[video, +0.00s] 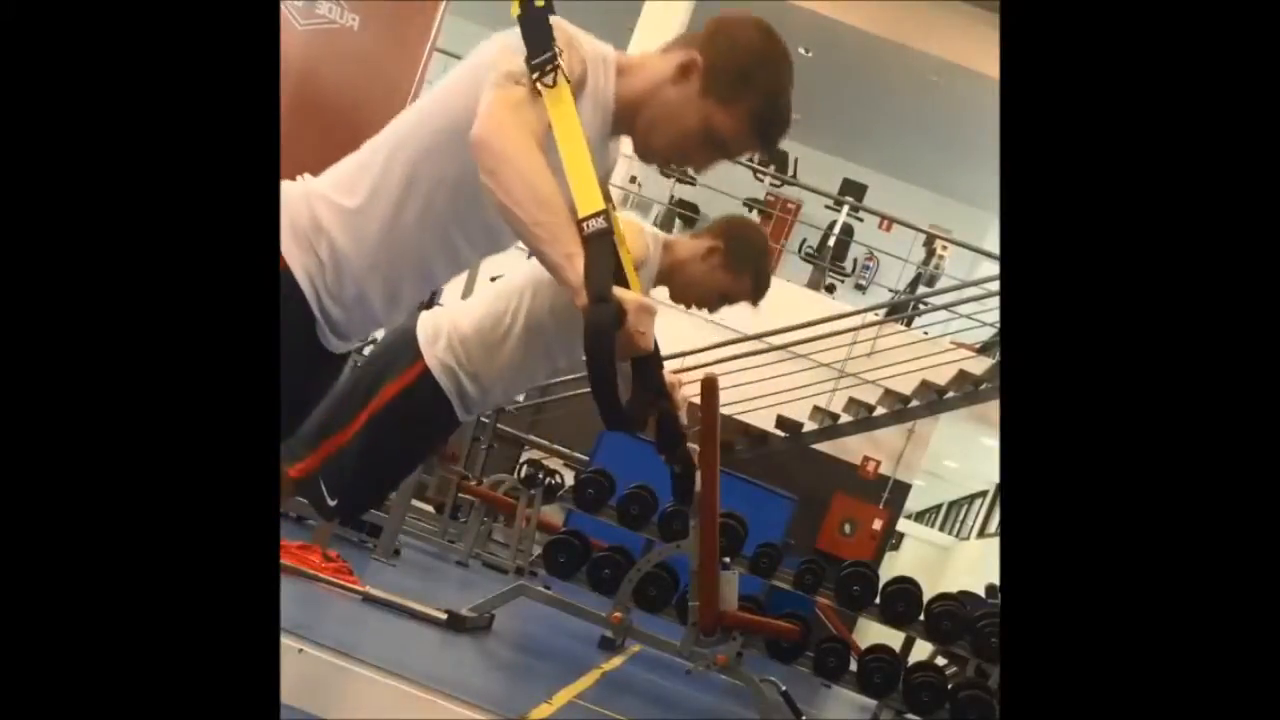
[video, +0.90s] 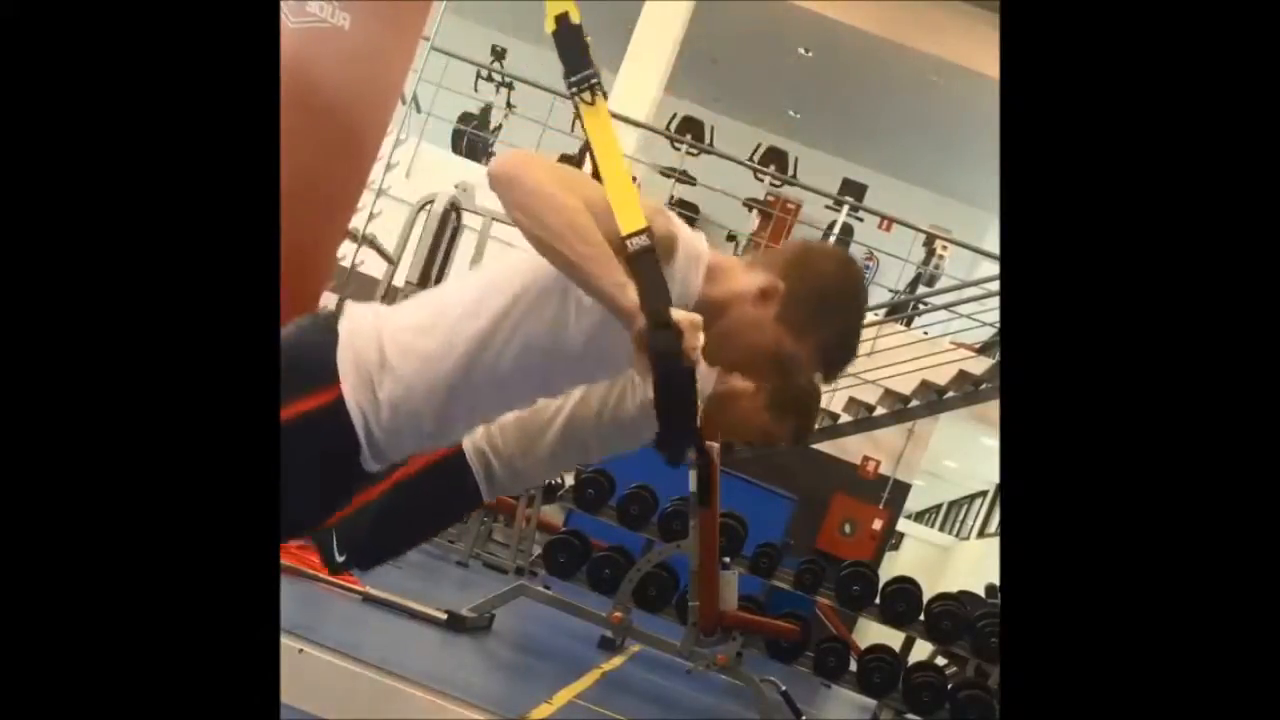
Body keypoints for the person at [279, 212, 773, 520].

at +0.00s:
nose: (713, 307)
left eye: (726, 304)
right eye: (725, 296)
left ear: (710, 252)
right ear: (711, 252)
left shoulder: (639, 279)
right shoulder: (623, 247)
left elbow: (640, 366)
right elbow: (610, 387)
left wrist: (664, 414)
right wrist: (643, 416)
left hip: (451, 391)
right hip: (425, 364)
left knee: (339, 509)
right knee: (302, 492)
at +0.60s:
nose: (730, 353)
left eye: (744, 351)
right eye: (742, 343)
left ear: (729, 297)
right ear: (730, 302)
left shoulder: (660, 312)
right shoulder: (651, 287)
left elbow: (632, 393)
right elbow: (583, 326)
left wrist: (666, 410)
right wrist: (625, 403)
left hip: (462, 414)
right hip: (445, 397)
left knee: (339, 523)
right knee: (315, 515)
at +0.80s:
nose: (743, 419)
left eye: (753, 416)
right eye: (754, 407)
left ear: (749, 369)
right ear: (748, 363)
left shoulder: (686, 382)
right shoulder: (674, 328)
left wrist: (699, 432)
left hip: (484, 454)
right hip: (465, 429)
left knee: (341, 535)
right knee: (326, 529)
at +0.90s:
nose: (742, 443)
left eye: (755, 442)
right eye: (756, 432)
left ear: (753, 397)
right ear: (752, 386)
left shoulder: (681, 404)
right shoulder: (675, 362)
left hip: (483, 473)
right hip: (464, 450)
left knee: (340, 553)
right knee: (325, 548)